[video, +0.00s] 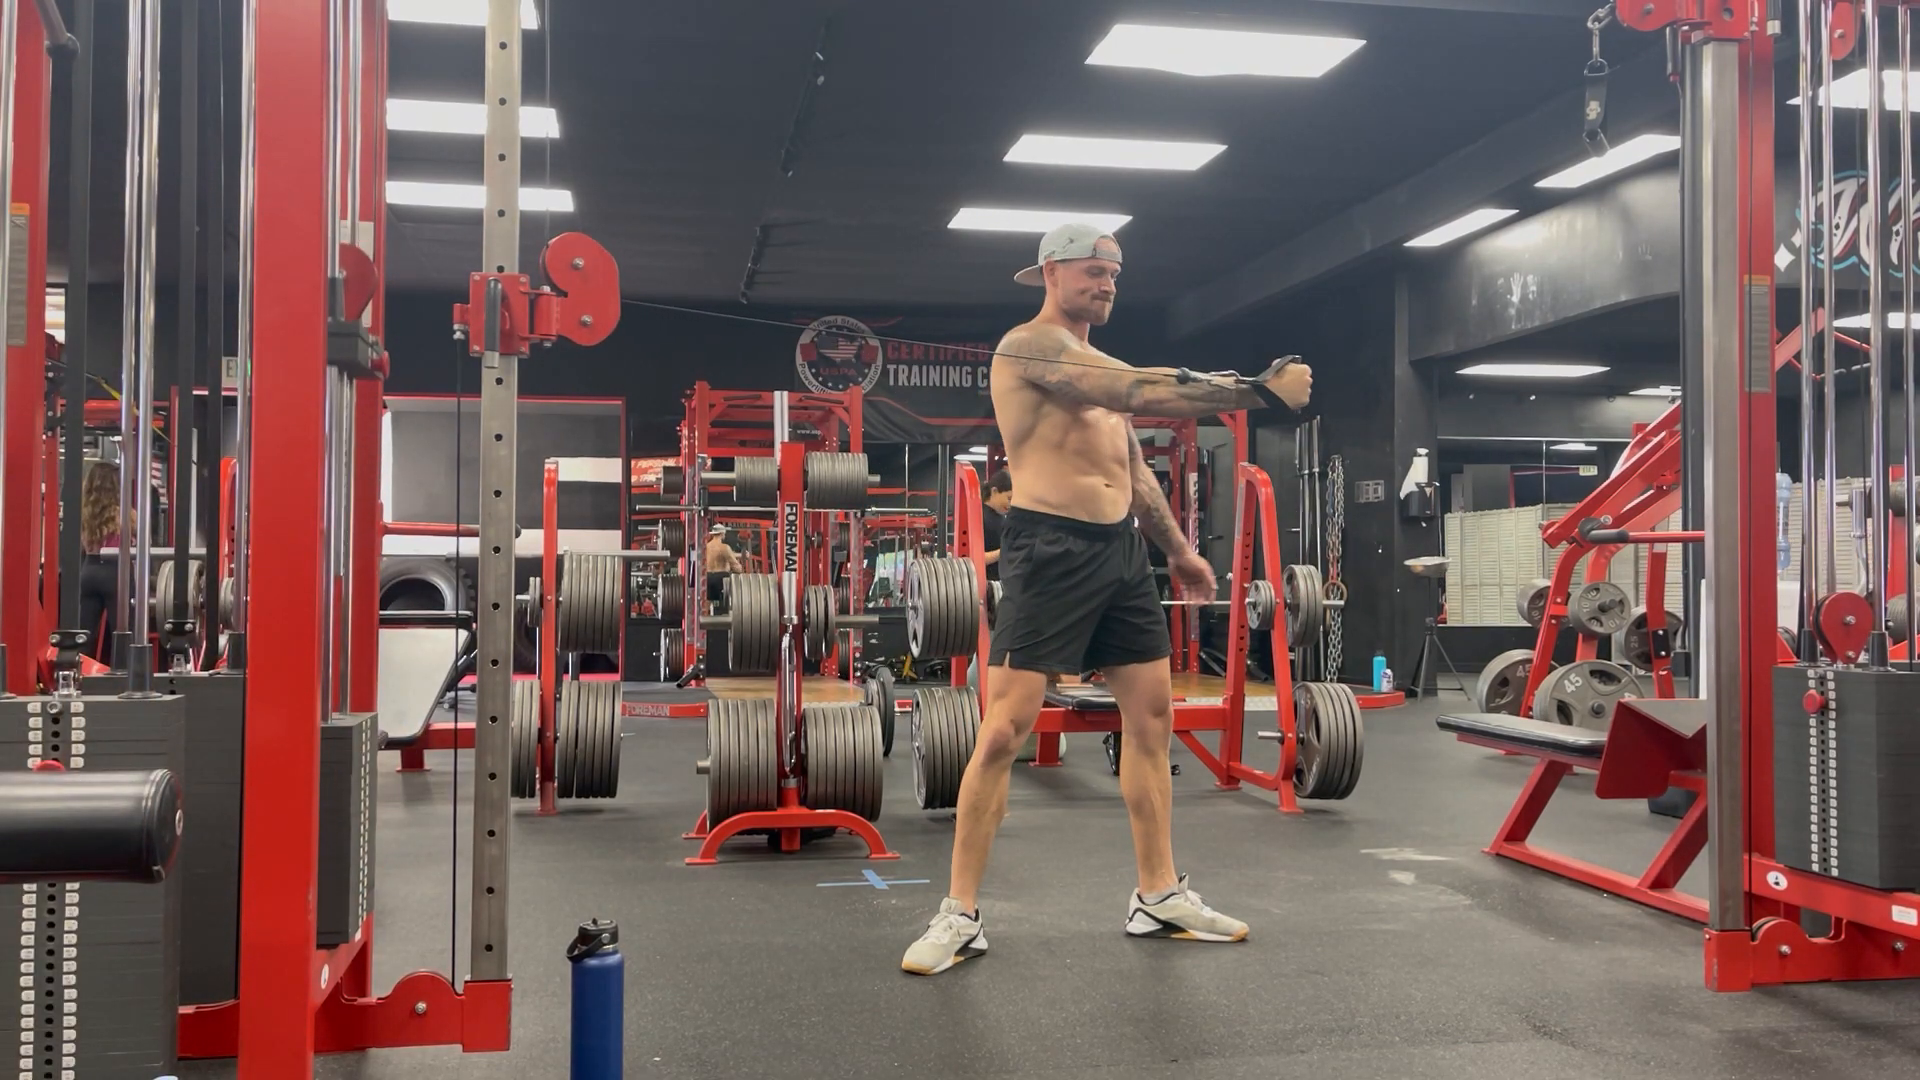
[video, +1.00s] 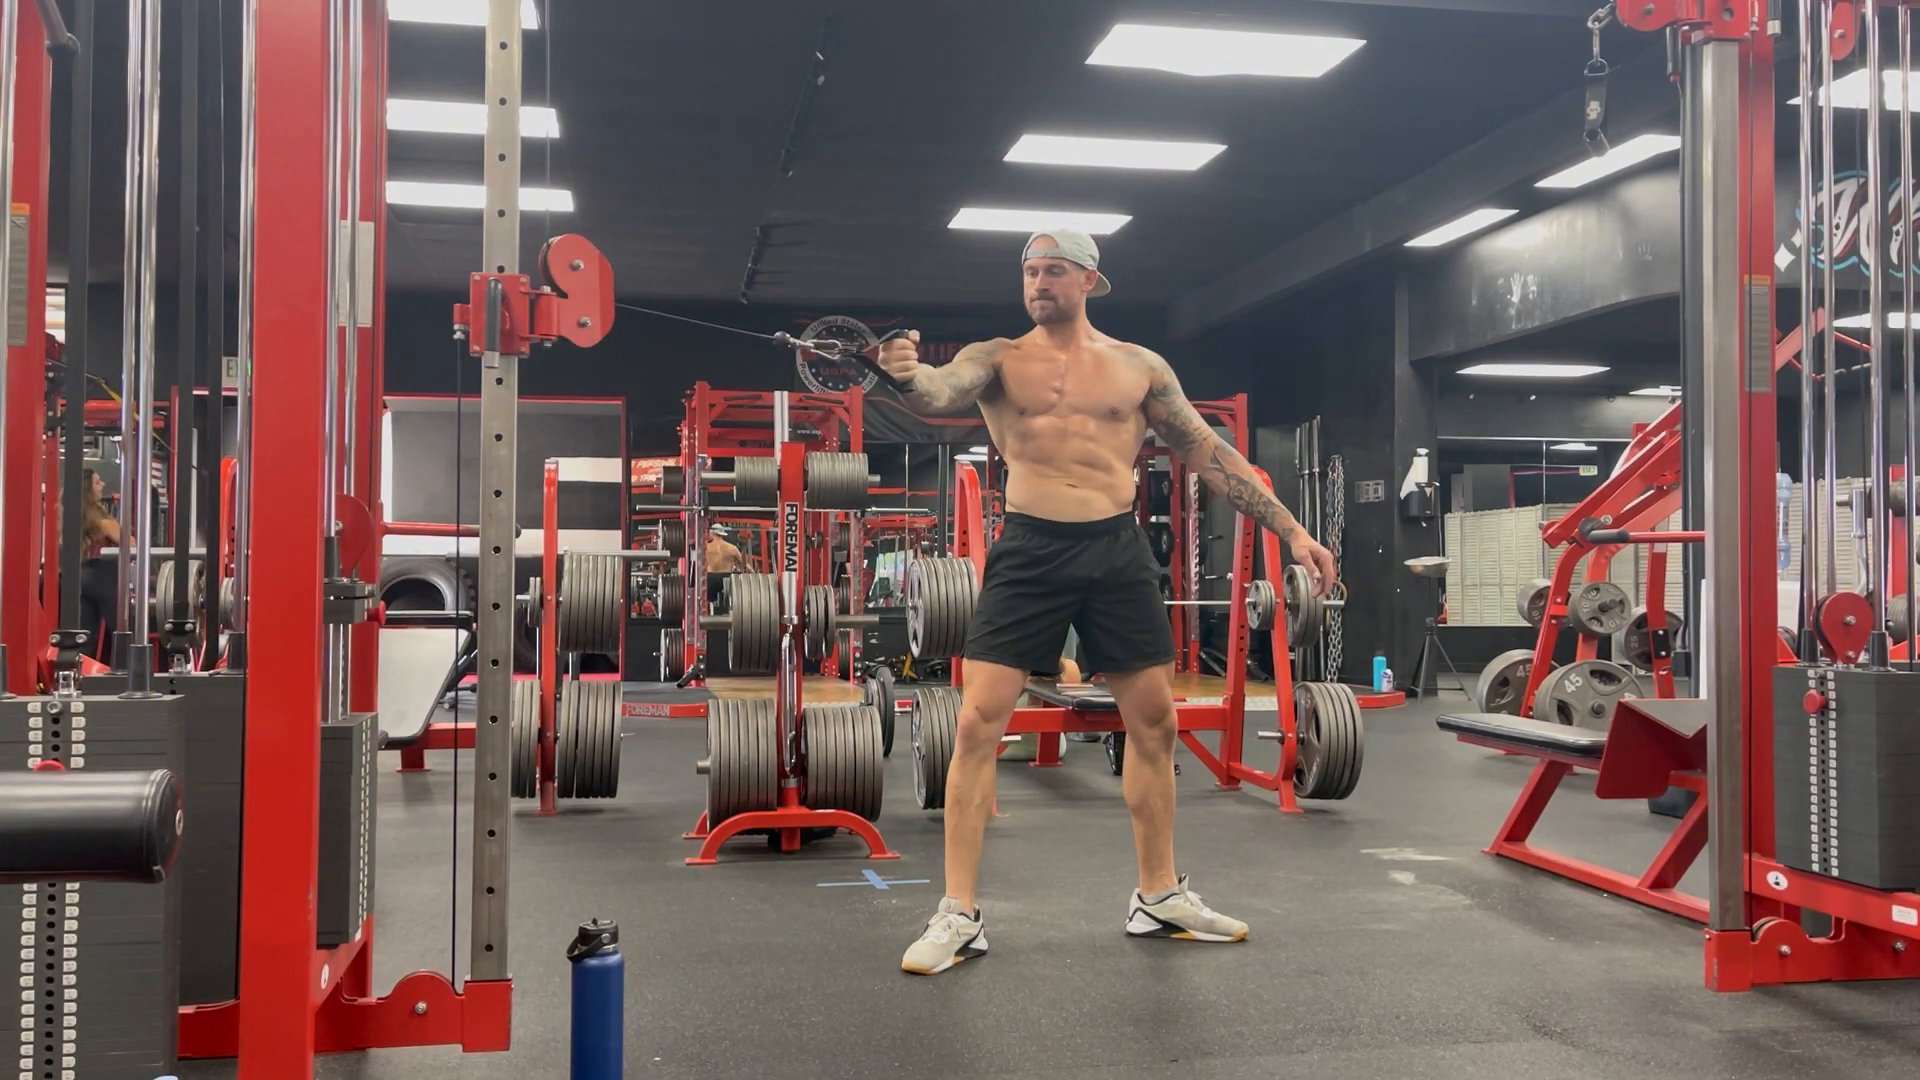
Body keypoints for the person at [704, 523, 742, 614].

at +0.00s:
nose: (724, 536)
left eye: (724, 534)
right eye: (724, 534)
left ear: (713, 534)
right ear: (722, 534)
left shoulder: (707, 546)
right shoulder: (724, 547)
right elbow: (735, 565)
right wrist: (739, 570)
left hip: (709, 573)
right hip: (722, 573)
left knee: (709, 600)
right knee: (722, 602)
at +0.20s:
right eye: (723, 534)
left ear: (712, 534)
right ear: (723, 535)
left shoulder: (708, 546)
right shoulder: (727, 547)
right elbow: (738, 562)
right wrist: (738, 571)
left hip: (710, 573)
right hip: (723, 573)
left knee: (709, 601)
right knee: (723, 603)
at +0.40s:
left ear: (713, 534)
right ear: (723, 534)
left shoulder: (707, 546)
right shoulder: (729, 547)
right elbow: (739, 561)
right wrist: (738, 570)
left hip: (710, 573)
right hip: (724, 573)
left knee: (708, 600)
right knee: (724, 603)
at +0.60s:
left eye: (712, 534)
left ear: (712, 534)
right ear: (722, 535)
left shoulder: (707, 546)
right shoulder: (730, 548)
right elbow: (742, 563)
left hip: (710, 573)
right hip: (726, 574)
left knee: (708, 601)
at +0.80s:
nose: (709, 535)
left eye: (710, 533)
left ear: (712, 534)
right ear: (722, 535)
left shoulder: (706, 547)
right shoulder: (731, 548)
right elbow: (742, 564)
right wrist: (754, 574)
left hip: (711, 574)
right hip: (726, 574)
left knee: (709, 601)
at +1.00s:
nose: (709, 535)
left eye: (710, 533)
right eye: (709, 532)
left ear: (712, 534)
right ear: (722, 535)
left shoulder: (706, 547)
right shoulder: (732, 548)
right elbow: (743, 565)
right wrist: (754, 575)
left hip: (710, 575)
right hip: (726, 575)